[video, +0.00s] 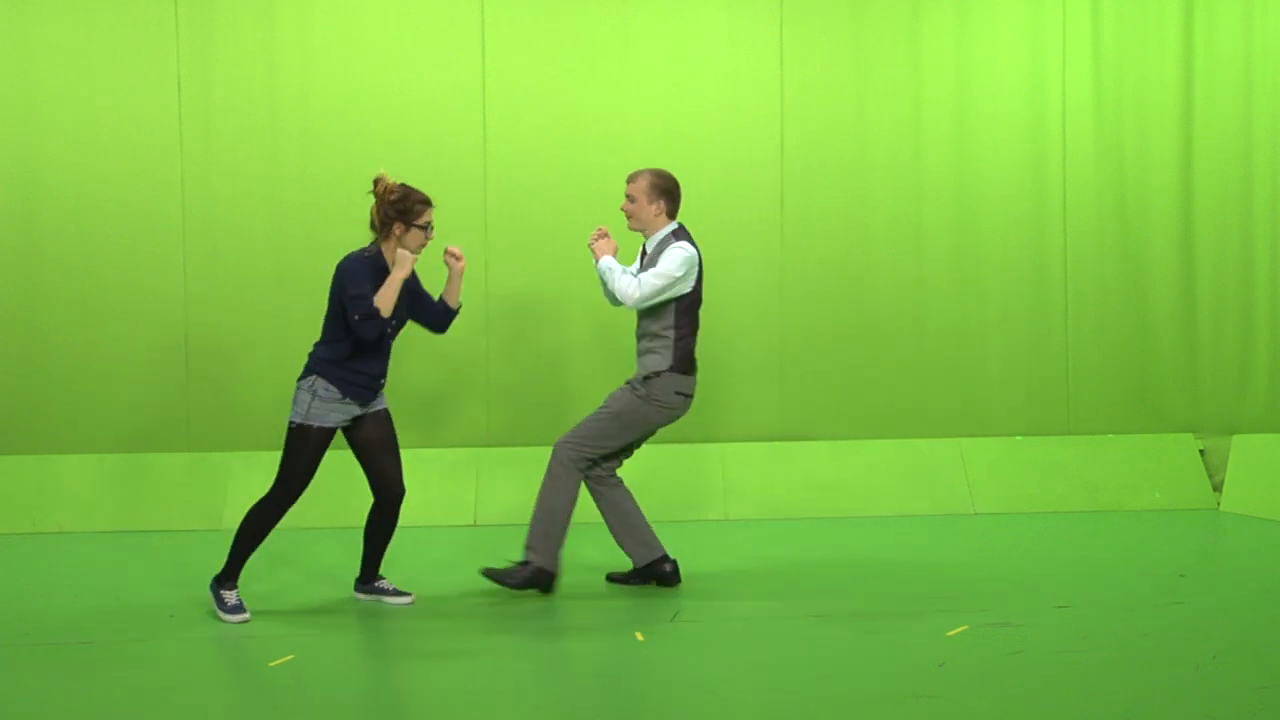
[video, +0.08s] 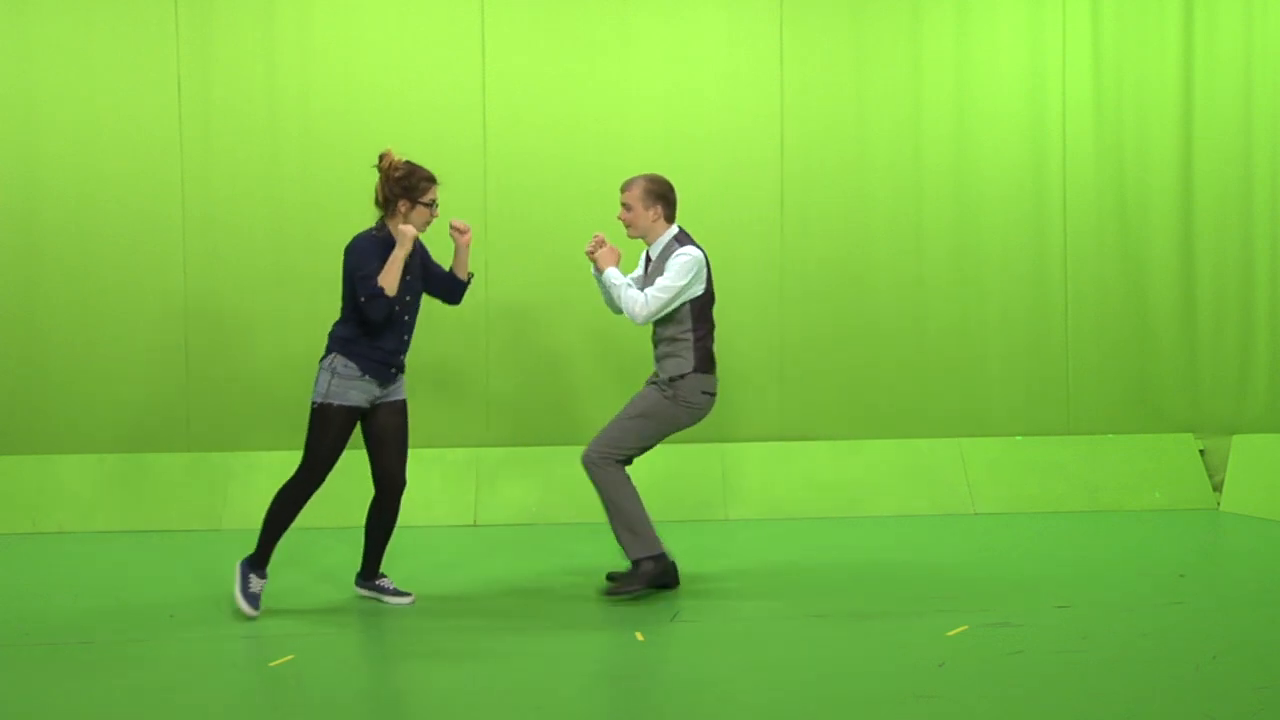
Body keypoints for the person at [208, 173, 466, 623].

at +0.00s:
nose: (430, 236)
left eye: (431, 228)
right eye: (425, 228)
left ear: (403, 230)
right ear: (397, 229)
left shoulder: (401, 275)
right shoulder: (355, 268)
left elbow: (438, 321)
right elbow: (368, 328)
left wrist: (455, 276)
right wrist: (399, 274)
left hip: (367, 396)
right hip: (324, 391)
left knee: (391, 490)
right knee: (287, 490)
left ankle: (368, 580)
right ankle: (225, 582)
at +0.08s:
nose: (435, 213)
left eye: (435, 205)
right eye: (429, 205)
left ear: (416, 208)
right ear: (403, 206)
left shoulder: (415, 252)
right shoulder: (364, 248)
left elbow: (453, 292)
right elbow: (374, 309)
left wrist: (461, 251)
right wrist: (402, 252)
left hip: (389, 379)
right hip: (347, 372)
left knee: (392, 482)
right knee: (312, 474)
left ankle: (370, 575)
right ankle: (256, 565)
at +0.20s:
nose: (448, 194)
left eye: (448, 186)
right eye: (442, 187)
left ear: (420, 188)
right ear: (416, 188)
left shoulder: (428, 233)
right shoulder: (375, 234)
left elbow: (454, 288)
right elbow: (382, 299)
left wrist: (467, 239)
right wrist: (412, 256)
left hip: (410, 358)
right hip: (369, 353)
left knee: (436, 458)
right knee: (352, 460)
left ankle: (406, 553)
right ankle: (312, 555)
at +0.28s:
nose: (463, 199)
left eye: (462, 191)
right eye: (457, 192)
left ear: (439, 195)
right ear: (431, 196)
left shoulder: (441, 239)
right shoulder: (388, 243)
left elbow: (455, 302)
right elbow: (391, 309)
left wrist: (475, 257)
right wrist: (429, 279)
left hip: (427, 364)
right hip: (383, 362)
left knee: (463, 460)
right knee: (370, 470)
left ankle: (472, 559)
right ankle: (336, 567)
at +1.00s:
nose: (503, 226)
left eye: (500, 219)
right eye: (494, 220)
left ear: (474, 232)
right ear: (470, 231)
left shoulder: (484, 277)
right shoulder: (434, 281)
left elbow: (505, 329)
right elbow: (462, 348)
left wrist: (510, 310)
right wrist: (492, 299)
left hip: (463, 398)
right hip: (420, 395)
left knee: (526, 477)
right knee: (384, 492)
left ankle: (529, 570)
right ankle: (337, 581)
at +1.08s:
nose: (506, 224)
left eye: (504, 217)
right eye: (499, 218)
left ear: (478, 228)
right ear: (475, 228)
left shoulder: (489, 272)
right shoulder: (449, 279)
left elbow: (498, 322)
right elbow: (482, 341)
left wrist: (523, 303)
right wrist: (512, 295)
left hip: (478, 400)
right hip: (436, 398)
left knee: (533, 479)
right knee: (400, 496)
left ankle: (525, 571)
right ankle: (338, 579)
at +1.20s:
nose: (517, 215)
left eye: (515, 207)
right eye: (509, 209)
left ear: (487, 215)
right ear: (485, 217)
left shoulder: (494, 258)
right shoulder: (465, 270)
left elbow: (532, 269)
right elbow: (475, 337)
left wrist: (558, 242)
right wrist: (524, 305)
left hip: (496, 386)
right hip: (468, 390)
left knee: (532, 477)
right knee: (503, 491)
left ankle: (525, 571)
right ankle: (409, 538)